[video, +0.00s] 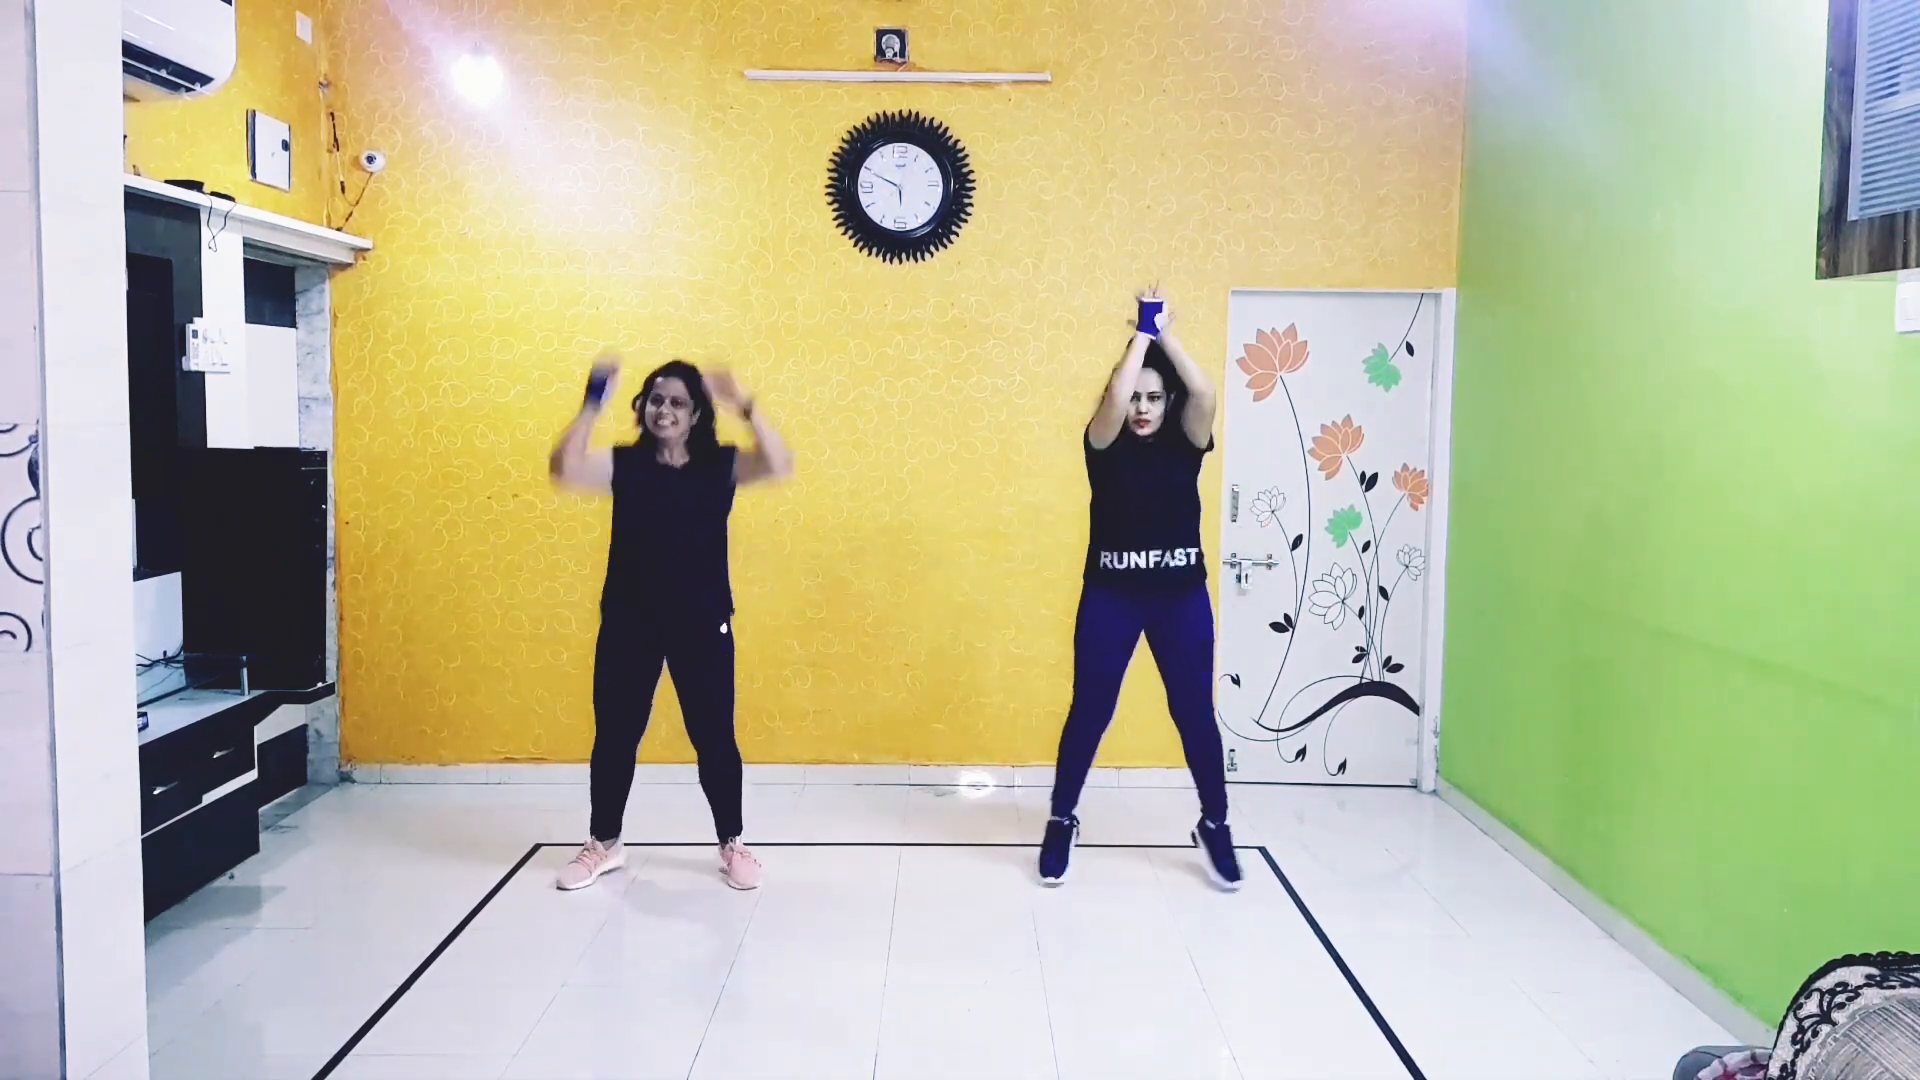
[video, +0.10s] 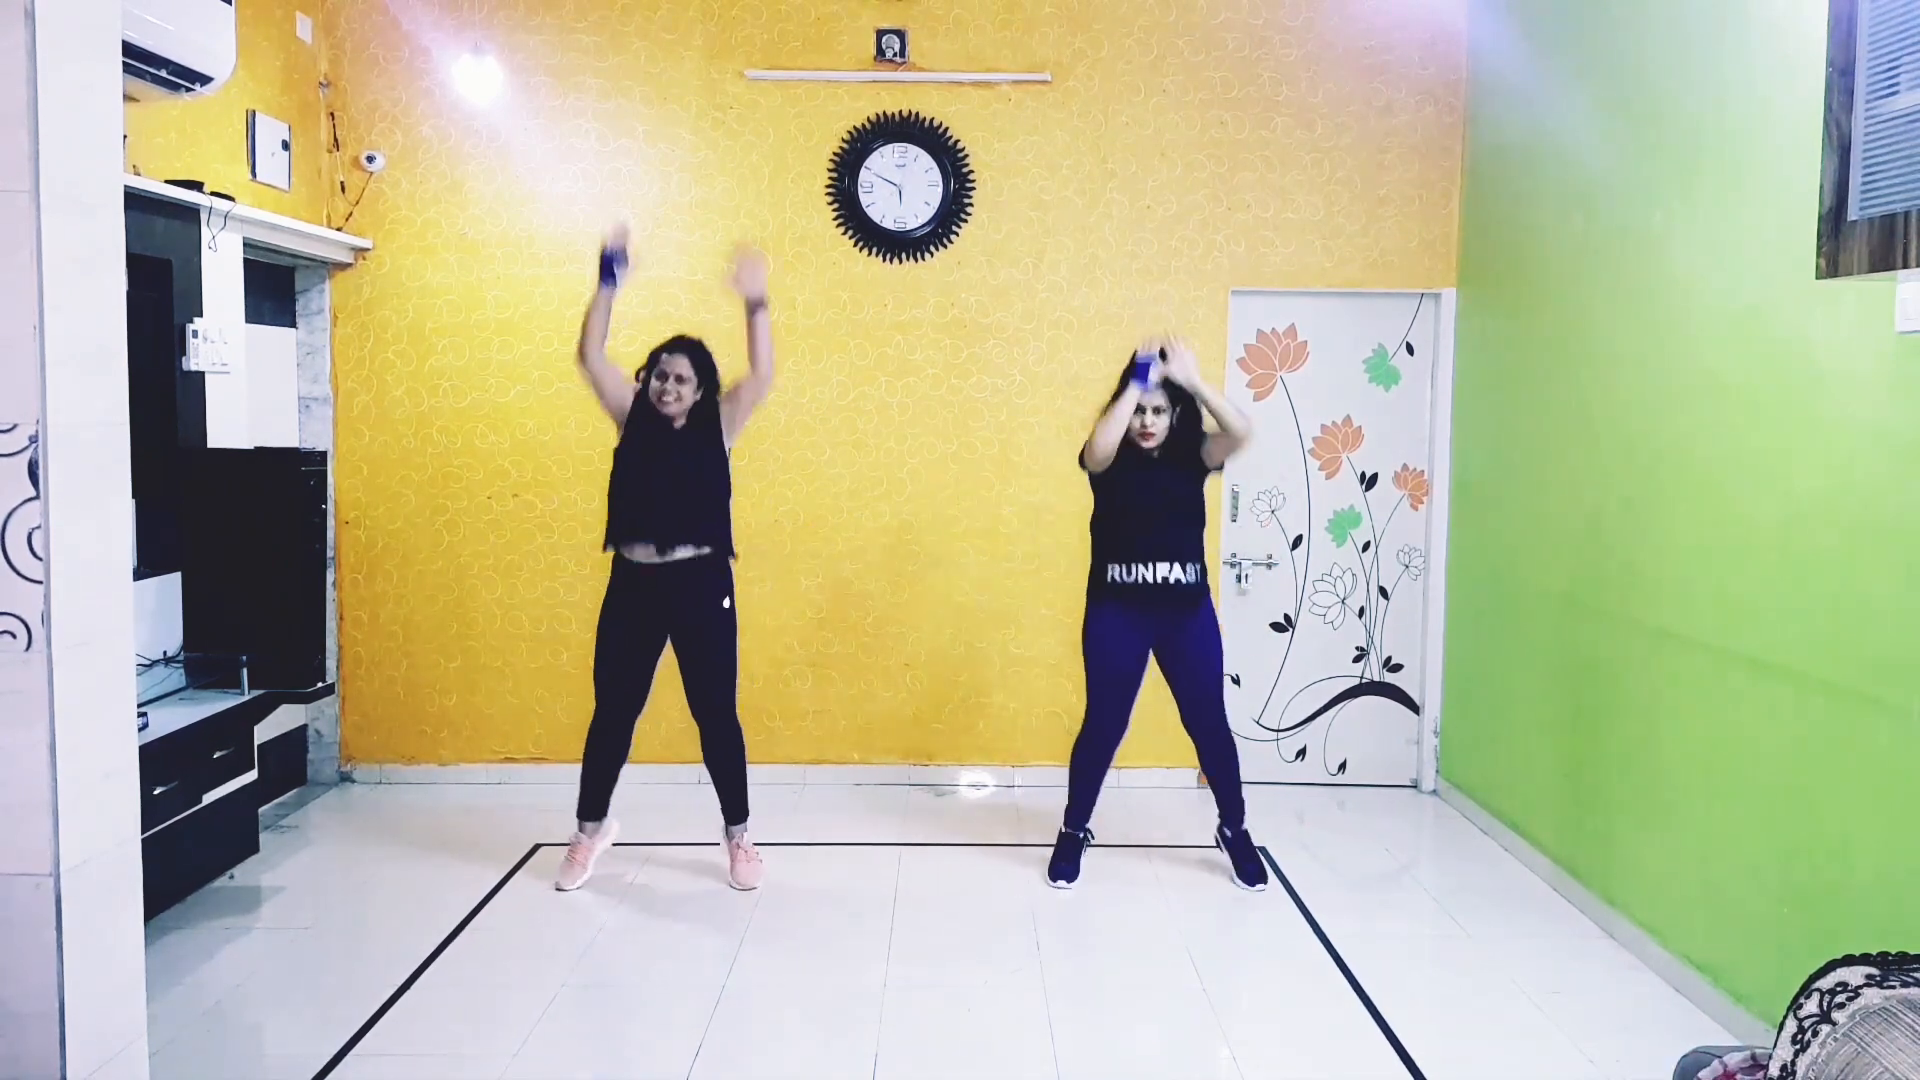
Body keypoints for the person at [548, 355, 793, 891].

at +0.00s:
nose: (663, 408)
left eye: (676, 401)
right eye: (655, 399)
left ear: (697, 413)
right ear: (643, 408)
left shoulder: (721, 464)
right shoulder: (624, 462)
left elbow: (779, 465)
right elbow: (564, 469)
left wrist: (745, 406)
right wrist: (590, 406)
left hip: (701, 623)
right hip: (629, 621)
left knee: (715, 737)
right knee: (614, 734)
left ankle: (732, 845)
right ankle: (603, 845)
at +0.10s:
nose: (668, 384)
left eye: (682, 378)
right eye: (662, 375)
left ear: (702, 388)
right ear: (649, 380)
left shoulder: (718, 424)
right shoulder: (631, 413)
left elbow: (761, 377)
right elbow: (592, 356)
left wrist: (757, 306)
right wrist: (607, 285)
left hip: (701, 586)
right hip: (634, 585)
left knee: (717, 715)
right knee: (612, 711)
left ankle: (737, 835)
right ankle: (590, 830)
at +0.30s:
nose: (675, 387)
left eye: (687, 379)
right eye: (666, 376)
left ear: (706, 388)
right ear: (650, 381)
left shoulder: (724, 432)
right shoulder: (627, 423)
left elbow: (791, 436)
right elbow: (558, 414)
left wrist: (775, 375)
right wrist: (582, 353)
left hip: (703, 589)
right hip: (634, 586)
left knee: (716, 719)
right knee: (605, 713)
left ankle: (738, 842)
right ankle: (569, 834)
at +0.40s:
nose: (672, 410)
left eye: (685, 404)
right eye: (664, 400)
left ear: (703, 416)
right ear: (649, 409)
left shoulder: (726, 480)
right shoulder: (623, 474)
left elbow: (766, 535)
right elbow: (580, 527)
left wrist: (783, 543)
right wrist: (554, 537)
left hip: (702, 627)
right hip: (630, 624)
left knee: (714, 745)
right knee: (603, 740)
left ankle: (729, 854)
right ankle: (571, 853)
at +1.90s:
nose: (640, 413)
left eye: (654, 407)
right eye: (633, 404)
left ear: (674, 421)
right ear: (619, 413)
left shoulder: (696, 486)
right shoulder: (594, 479)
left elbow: (726, 554)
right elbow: (551, 541)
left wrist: (762, 612)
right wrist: (501, 594)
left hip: (656, 635)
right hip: (584, 630)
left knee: (683, 742)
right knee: (583, 738)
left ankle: (726, 853)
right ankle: (571, 854)